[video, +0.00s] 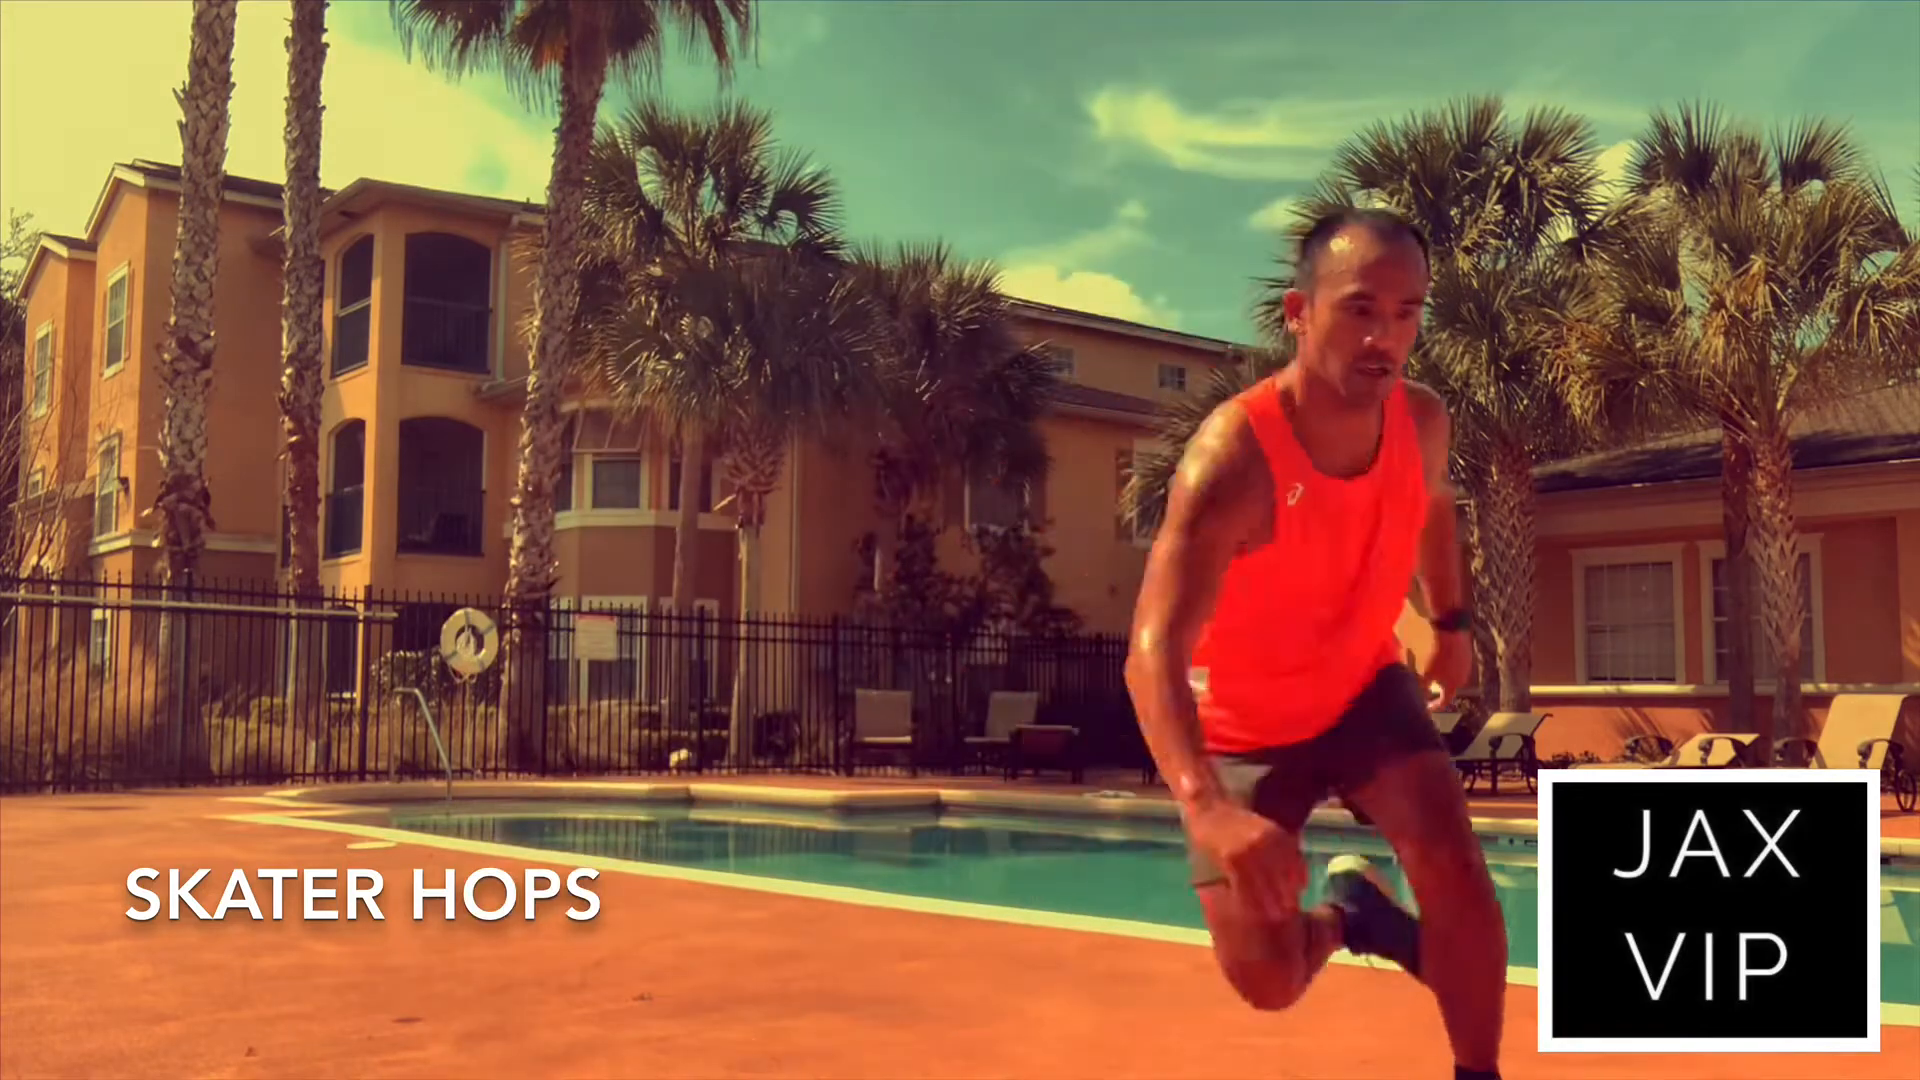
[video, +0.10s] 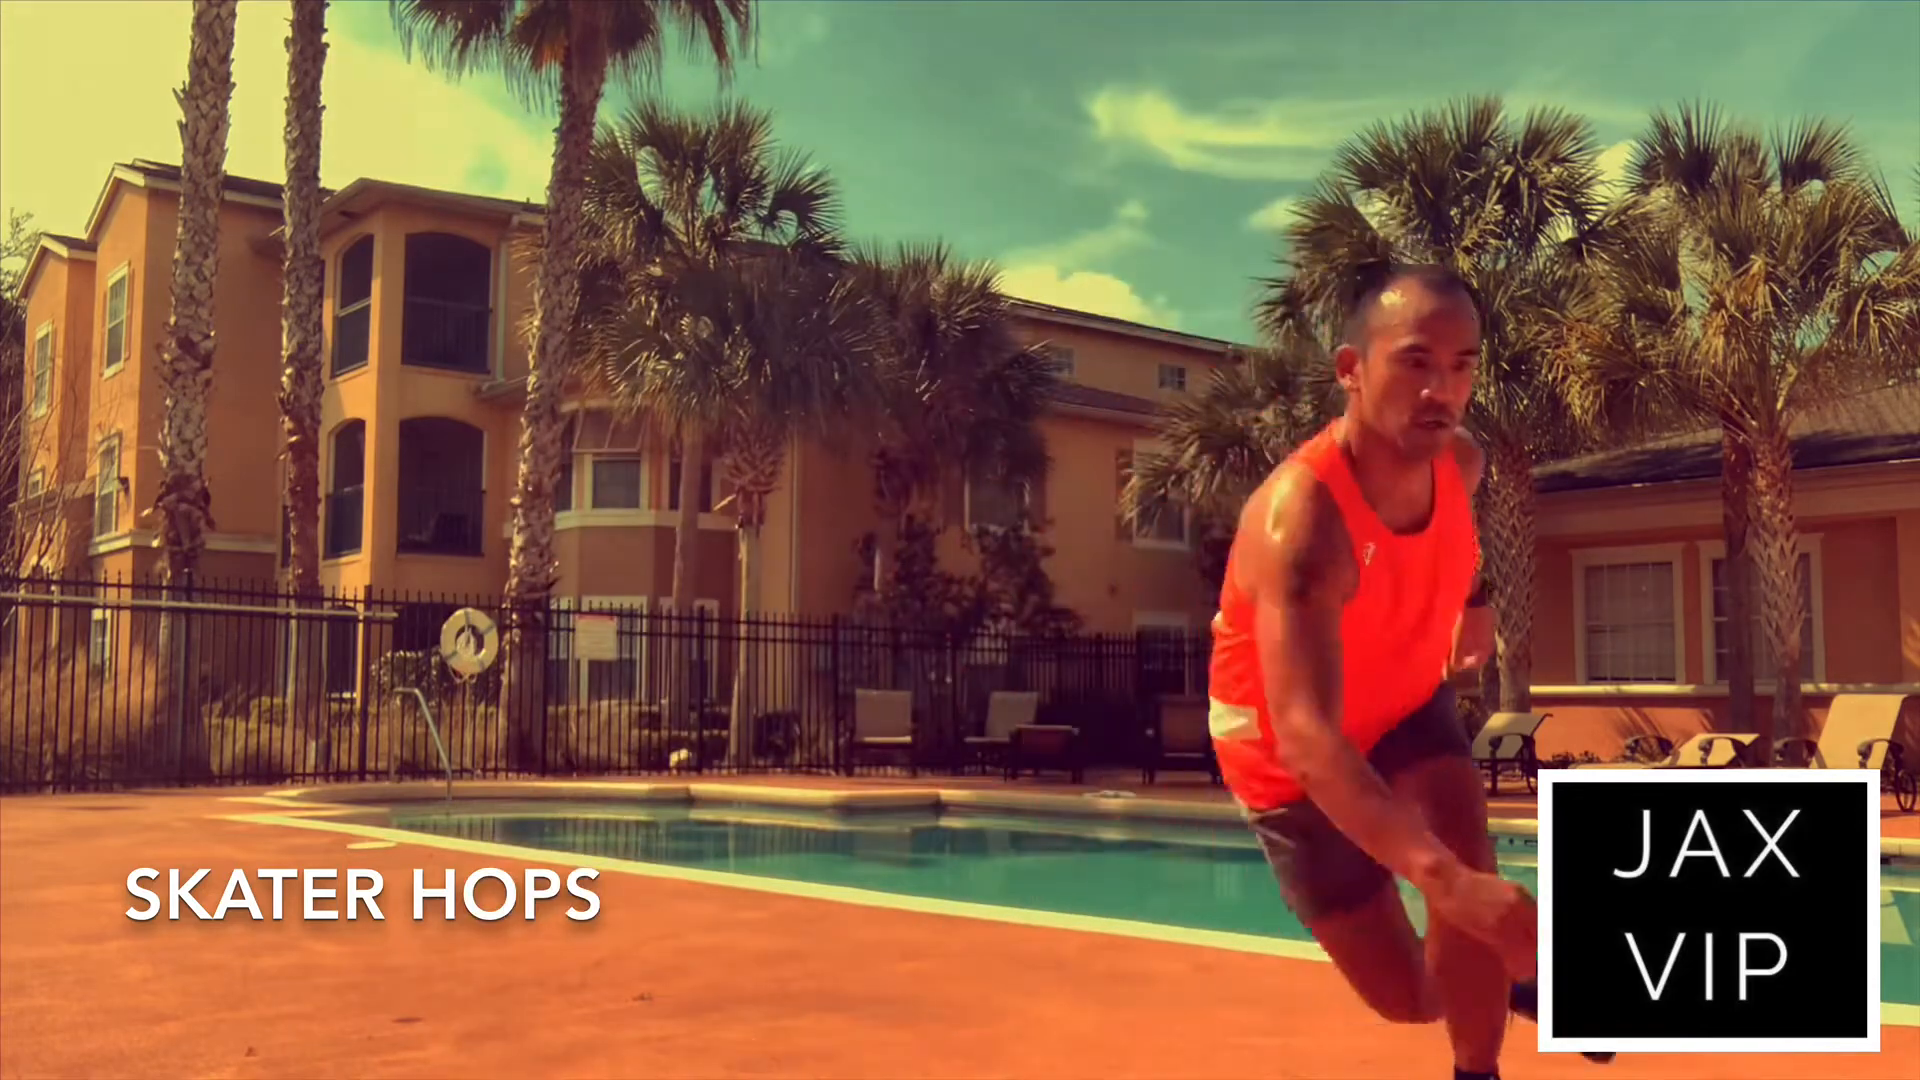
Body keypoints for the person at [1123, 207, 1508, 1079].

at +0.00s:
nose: (1385, 336)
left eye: (1404, 312)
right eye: (1360, 309)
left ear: (1420, 322)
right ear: (1298, 314)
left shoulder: (1420, 424)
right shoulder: (1231, 452)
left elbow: (1433, 514)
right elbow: (1152, 648)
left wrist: (1453, 622)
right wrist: (1206, 807)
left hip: (1363, 689)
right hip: (1237, 727)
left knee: (1456, 873)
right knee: (1266, 984)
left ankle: (1478, 1072)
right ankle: (1350, 910)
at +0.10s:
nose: (1443, 390)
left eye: (1461, 366)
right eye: (1417, 362)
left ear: (1476, 375)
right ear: (1351, 371)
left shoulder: (1456, 464)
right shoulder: (1300, 513)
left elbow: (1449, 538)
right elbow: (1303, 736)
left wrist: (1473, 600)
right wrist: (1449, 881)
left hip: (1406, 704)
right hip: (1285, 751)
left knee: (1466, 880)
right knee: (1405, 997)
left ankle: (1477, 1075)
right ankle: (1494, 966)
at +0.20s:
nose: (1470, 432)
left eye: (1488, 407)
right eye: (1443, 403)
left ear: (1501, 417)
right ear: (1378, 414)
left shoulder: (1477, 495)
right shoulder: (1333, 563)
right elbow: (1398, 783)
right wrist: (1552, 876)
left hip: (1438, 709)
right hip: (1320, 769)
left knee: (1484, 867)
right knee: (1446, 977)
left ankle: (1482, 1072)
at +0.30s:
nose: (1480, 457)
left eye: (1498, 431)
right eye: (1452, 429)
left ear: (1513, 440)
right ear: (1385, 439)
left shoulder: (1496, 515)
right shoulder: (1346, 593)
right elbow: (1447, 799)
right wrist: (1601, 859)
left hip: (1463, 722)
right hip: (1346, 789)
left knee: (1495, 865)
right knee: (1466, 976)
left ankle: (1482, 1073)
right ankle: (1628, 1046)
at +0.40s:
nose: (1460, 427)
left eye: (1480, 401)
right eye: (1433, 398)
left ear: (1497, 412)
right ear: (1371, 407)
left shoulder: (1483, 502)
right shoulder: (1325, 552)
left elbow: (1509, 565)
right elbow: (1390, 765)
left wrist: (1542, 639)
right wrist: (1553, 861)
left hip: (1451, 716)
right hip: (1334, 779)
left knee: (1507, 870)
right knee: (1472, 940)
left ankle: (1484, 1073)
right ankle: (1640, 1040)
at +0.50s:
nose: (1406, 356)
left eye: (1430, 332)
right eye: (1381, 327)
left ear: (1457, 351)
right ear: (1331, 337)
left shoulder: (1461, 481)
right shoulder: (1268, 483)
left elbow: (1512, 603)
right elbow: (1255, 701)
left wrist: (1585, 712)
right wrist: (1378, 846)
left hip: (1415, 704)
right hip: (1300, 752)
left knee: (1491, 903)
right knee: (1452, 960)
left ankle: (1487, 1073)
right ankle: (1593, 1013)